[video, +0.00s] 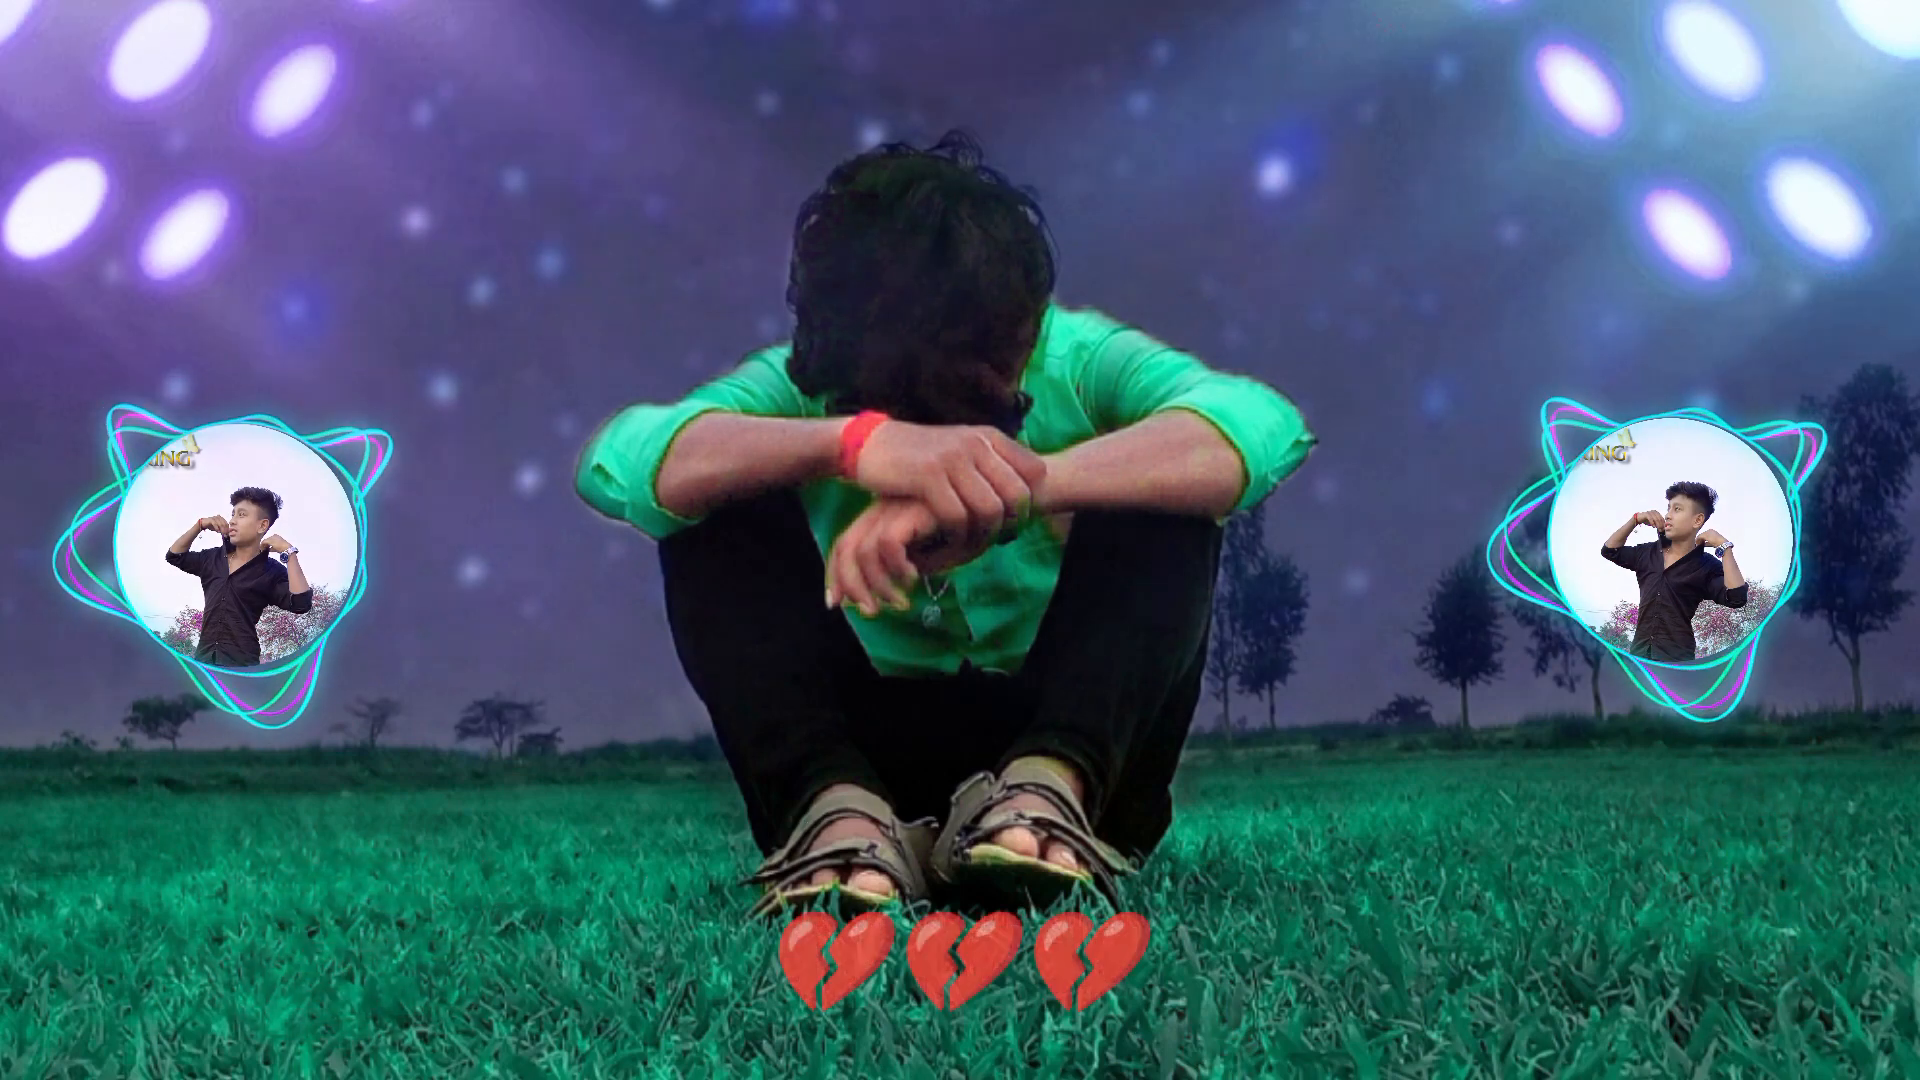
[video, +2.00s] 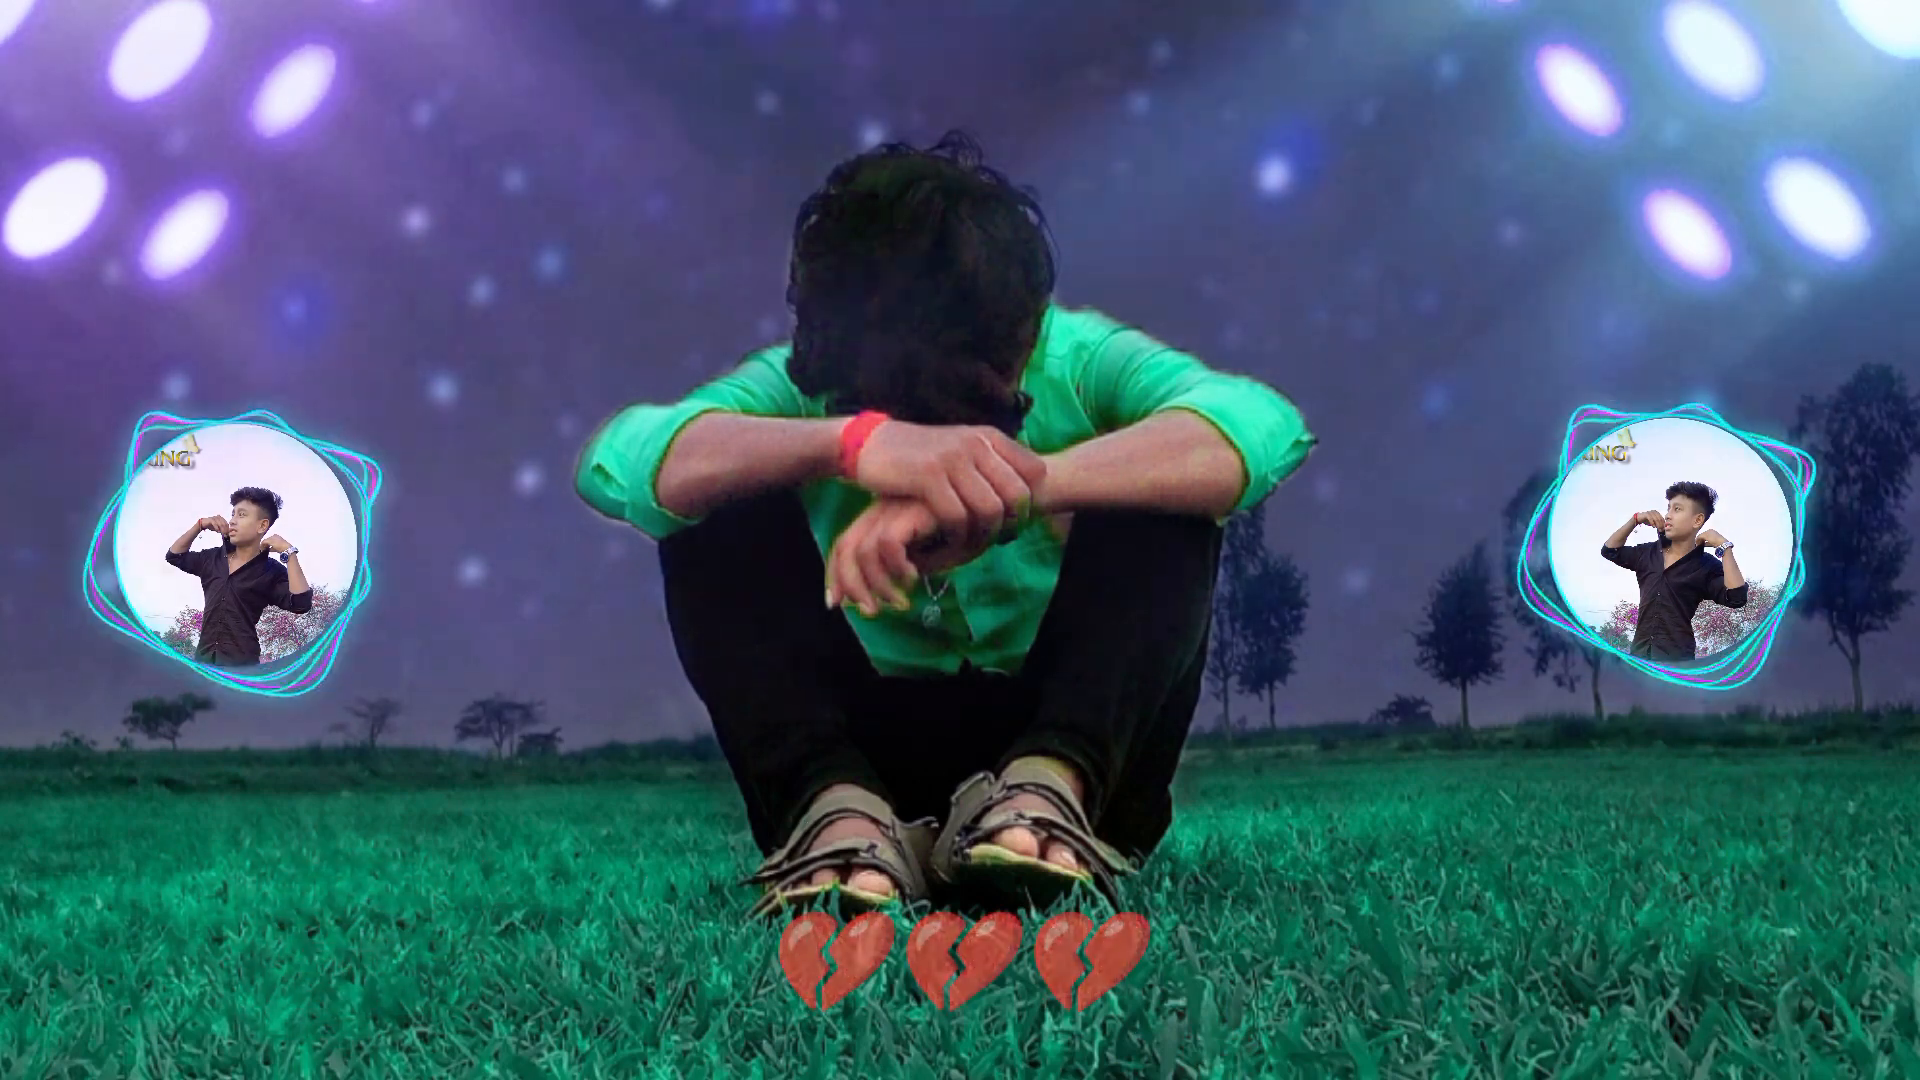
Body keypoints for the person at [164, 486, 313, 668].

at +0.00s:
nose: (232, 521)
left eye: (241, 515)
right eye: (233, 515)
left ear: (263, 525)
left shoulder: (270, 570)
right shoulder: (212, 558)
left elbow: (301, 604)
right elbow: (174, 557)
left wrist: (290, 553)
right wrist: (199, 526)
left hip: (242, 664)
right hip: (203, 659)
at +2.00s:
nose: (232, 521)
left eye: (242, 515)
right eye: (233, 514)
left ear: (263, 525)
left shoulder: (270, 569)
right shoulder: (212, 558)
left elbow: (301, 604)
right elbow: (174, 556)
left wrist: (289, 553)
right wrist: (199, 526)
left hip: (242, 662)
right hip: (204, 658)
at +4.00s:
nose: (232, 521)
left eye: (242, 515)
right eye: (233, 514)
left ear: (263, 525)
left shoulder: (270, 569)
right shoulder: (212, 558)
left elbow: (301, 604)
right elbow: (174, 556)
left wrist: (290, 553)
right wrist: (199, 526)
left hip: (242, 661)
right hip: (204, 658)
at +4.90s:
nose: (232, 521)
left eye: (242, 515)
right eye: (233, 514)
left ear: (263, 525)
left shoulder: (270, 570)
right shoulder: (212, 558)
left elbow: (301, 604)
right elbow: (174, 556)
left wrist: (289, 553)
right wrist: (199, 526)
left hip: (242, 663)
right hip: (203, 658)